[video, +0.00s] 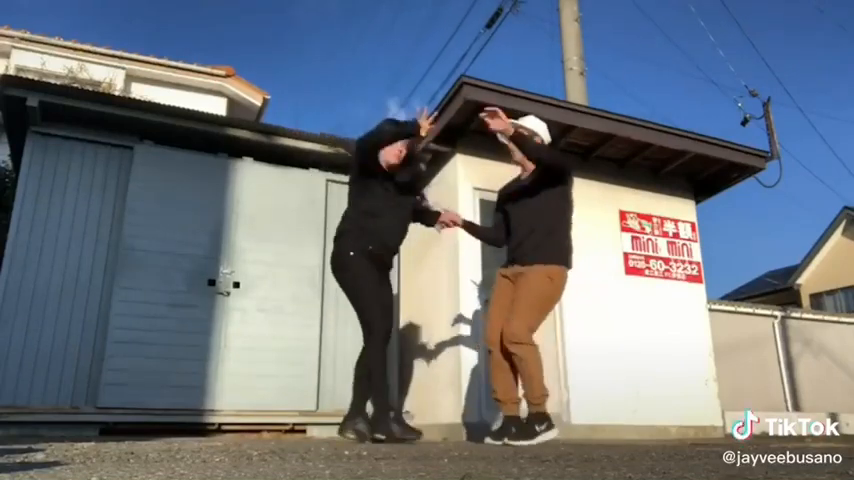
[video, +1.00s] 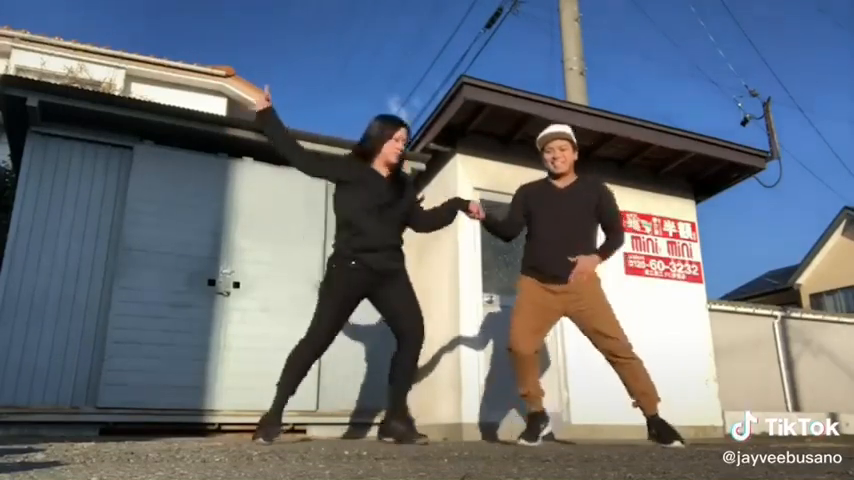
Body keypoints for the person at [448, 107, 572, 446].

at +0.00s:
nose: (512, 149)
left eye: (518, 142)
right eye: (510, 144)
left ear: (536, 144)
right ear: (512, 150)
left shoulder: (559, 174)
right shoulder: (508, 192)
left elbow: (545, 155)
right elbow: (499, 237)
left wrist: (511, 129)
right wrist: (462, 222)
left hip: (546, 269)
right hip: (511, 270)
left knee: (517, 334)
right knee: (495, 338)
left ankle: (540, 416)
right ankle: (511, 417)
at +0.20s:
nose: (523, 147)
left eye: (529, 141)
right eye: (522, 143)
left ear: (549, 144)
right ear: (523, 150)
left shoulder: (573, 179)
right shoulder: (515, 194)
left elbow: (596, 222)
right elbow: (492, 230)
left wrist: (565, 234)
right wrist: (459, 219)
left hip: (567, 278)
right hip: (525, 280)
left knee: (579, 340)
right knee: (508, 345)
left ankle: (616, 399)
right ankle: (514, 424)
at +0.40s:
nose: (557, 143)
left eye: (564, 136)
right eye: (552, 139)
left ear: (580, 140)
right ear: (548, 147)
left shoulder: (608, 180)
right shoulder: (540, 186)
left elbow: (620, 223)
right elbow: (510, 225)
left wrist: (618, 246)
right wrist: (470, 221)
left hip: (606, 278)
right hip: (559, 279)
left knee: (633, 344)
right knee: (538, 346)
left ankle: (657, 421)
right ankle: (518, 421)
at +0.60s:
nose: (578, 146)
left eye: (584, 139)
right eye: (571, 142)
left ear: (597, 143)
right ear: (565, 149)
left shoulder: (613, 184)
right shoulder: (556, 183)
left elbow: (619, 222)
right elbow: (514, 211)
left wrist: (630, 247)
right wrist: (471, 213)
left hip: (621, 280)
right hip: (577, 278)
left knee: (636, 350)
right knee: (551, 344)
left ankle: (658, 424)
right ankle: (518, 416)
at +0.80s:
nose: (578, 149)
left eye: (584, 142)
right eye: (571, 145)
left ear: (597, 146)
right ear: (564, 152)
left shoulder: (618, 189)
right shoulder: (554, 186)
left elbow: (630, 233)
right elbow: (521, 217)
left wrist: (629, 254)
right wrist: (481, 209)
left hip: (613, 282)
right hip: (568, 280)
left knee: (633, 350)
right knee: (544, 344)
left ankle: (657, 423)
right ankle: (516, 417)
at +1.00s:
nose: (555, 156)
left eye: (562, 150)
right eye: (549, 151)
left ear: (574, 153)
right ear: (543, 157)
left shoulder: (596, 191)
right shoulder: (528, 193)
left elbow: (616, 236)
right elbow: (507, 232)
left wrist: (596, 258)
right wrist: (485, 216)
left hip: (582, 287)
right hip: (536, 288)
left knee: (617, 347)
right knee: (521, 346)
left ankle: (654, 419)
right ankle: (536, 417)